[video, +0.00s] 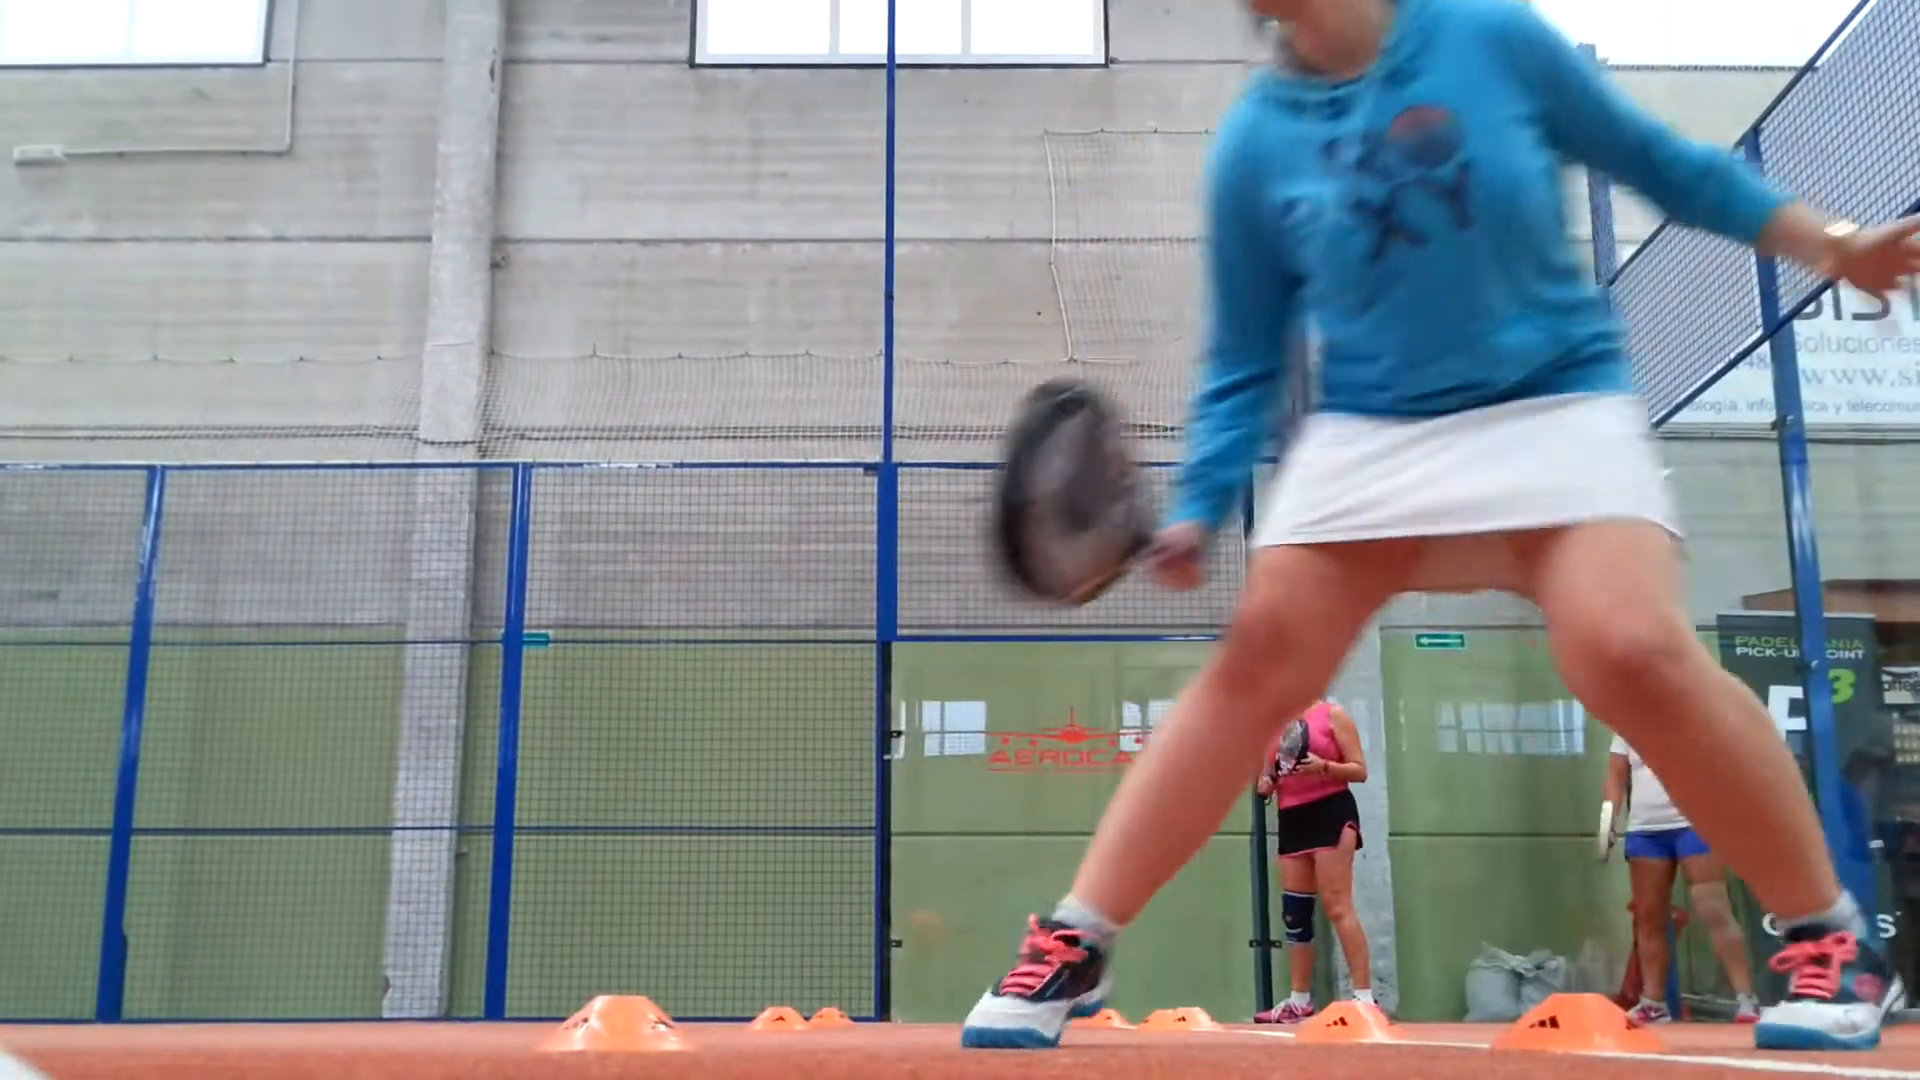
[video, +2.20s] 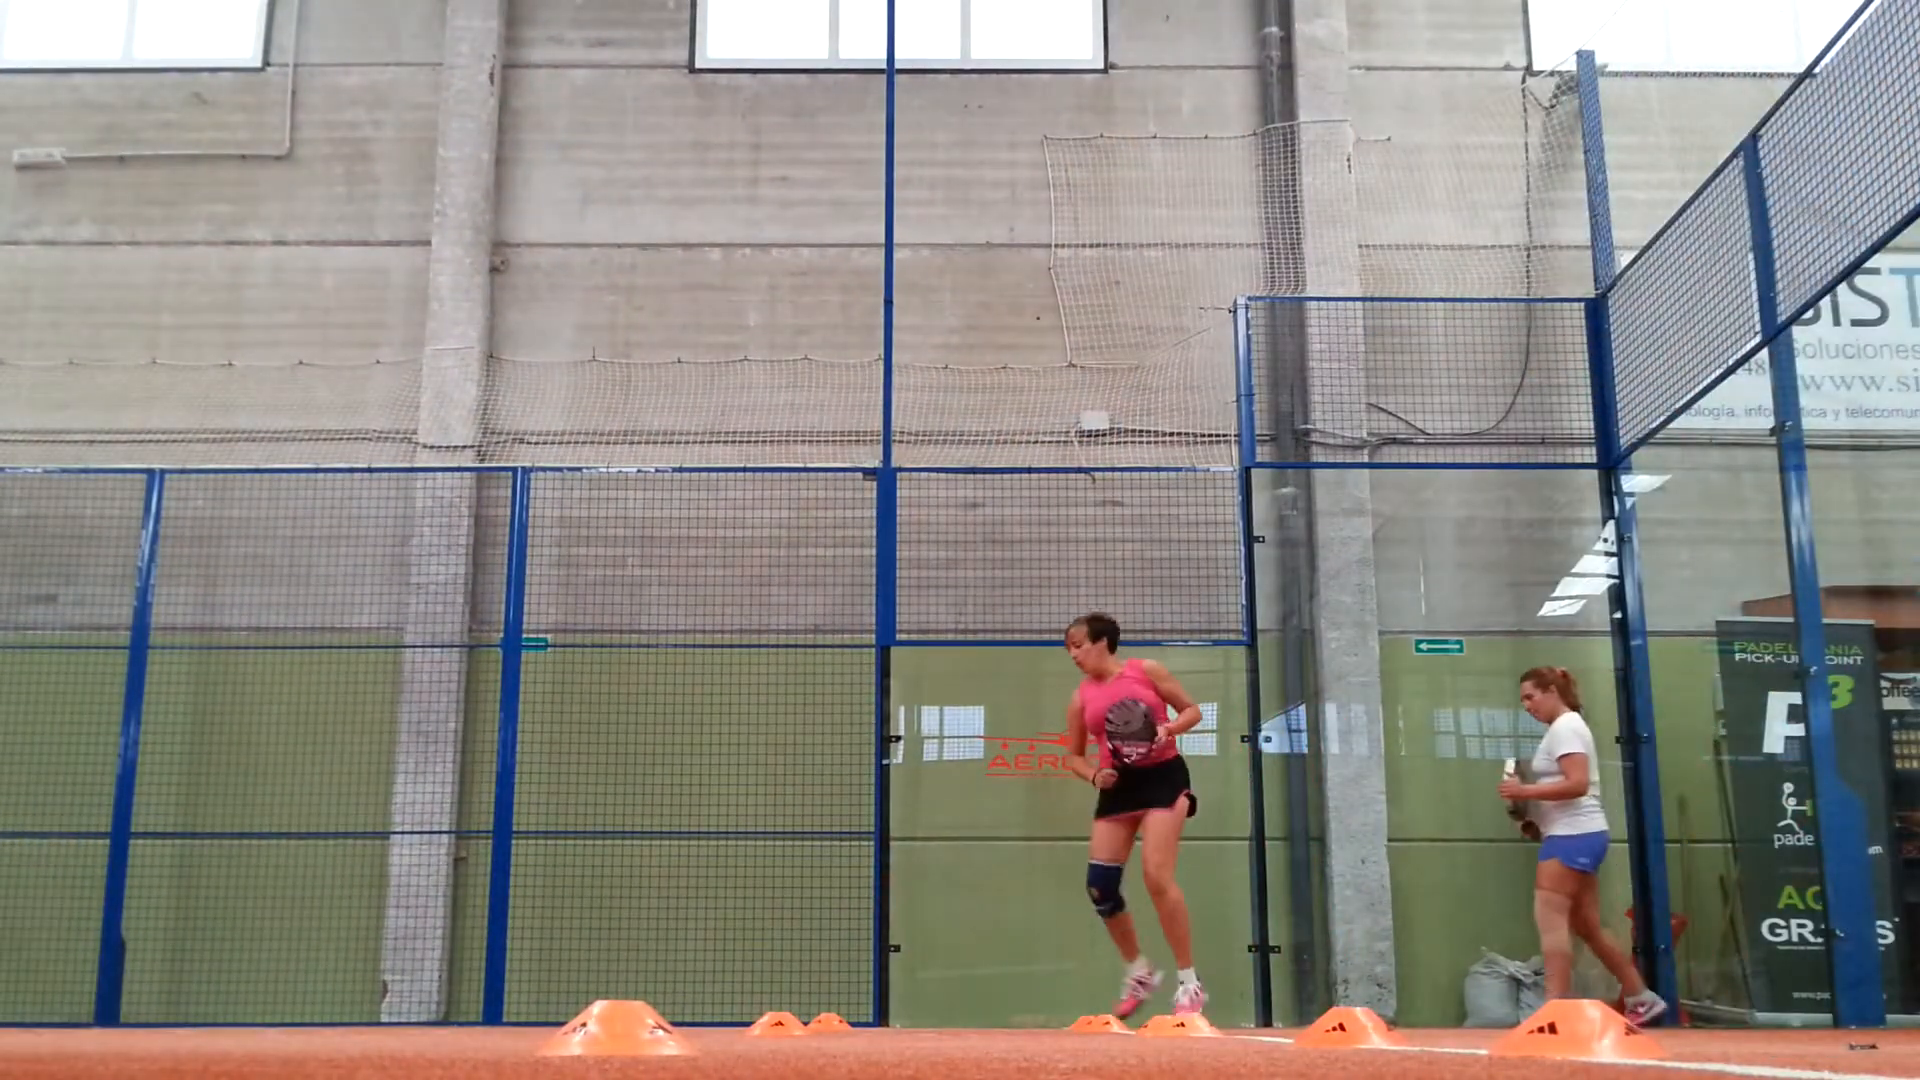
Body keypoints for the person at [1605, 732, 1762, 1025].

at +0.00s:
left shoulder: (1701, 719)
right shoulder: (1632, 717)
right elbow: (1617, 770)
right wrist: (1610, 816)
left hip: (1694, 823)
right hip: (1645, 825)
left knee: (1714, 911)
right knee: (1648, 916)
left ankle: (1745, 999)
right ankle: (1652, 1002)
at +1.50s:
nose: (1610, 696)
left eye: (1616, 689)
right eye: (1607, 692)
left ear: (1640, 690)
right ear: (1609, 700)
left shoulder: (1666, 729)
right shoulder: (1607, 740)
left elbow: (1704, 768)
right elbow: (1600, 791)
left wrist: (1703, 810)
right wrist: (1596, 833)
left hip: (1666, 837)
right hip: (1621, 842)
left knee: (1681, 917)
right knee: (1637, 926)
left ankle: (1735, 998)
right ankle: (1655, 1007)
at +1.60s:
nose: (1599, 701)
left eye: (1603, 693)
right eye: (1595, 696)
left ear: (1627, 690)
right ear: (1599, 702)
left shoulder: (1654, 728)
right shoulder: (1600, 740)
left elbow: (1682, 774)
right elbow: (1593, 789)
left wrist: (1664, 792)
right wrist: (1585, 826)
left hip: (1654, 832)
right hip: (1613, 837)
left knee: (1653, 913)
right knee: (1632, 924)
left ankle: (1709, 991)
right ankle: (1654, 1008)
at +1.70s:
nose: (1589, 703)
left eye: (1593, 695)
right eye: (1585, 698)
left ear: (1615, 690)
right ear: (1590, 702)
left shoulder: (1644, 727)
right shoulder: (1593, 739)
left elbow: (1663, 778)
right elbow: (1594, 791)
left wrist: (1621, 785)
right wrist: (1582, 820)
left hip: (1644, 830)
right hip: (1607, 835)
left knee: (1629, 909)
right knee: (1627, 918)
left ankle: (1670, 999)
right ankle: (1651, 1004)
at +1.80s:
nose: (1578, 707)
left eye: (1582, 698)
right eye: (1574, 702)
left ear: (1604, 691)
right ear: (1580, 704)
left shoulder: (1632, 727)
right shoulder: (1587, 741)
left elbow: (1647, 780)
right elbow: (1590, 791)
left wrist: (1600, 786)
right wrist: (1577, 819)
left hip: (1635, 831)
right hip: (1603, 836)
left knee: (1608, 909)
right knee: (1634, 924)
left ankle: (1624, 1000)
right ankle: (1656, 1007)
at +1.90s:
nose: (1568, 710)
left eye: (1571, 701)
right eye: (1564, 705)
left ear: (1593, 694)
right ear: (1578, 703)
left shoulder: (1619, 727)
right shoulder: (1588, 739)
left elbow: (1634, 781)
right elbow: (1595, 789)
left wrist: (1583, 788)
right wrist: (1574, 817)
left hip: (1623, 834)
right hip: (1601, 836)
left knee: (1593, 908)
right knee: (1629, 927)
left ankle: (1579, 999)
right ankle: (1656, 1008)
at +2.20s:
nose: (1527, 706)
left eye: (1530, 698)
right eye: (1524, 700)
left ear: (1553, 692)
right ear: (1549, 696)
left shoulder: (1567, 726)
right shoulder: (1566, 727)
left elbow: (1577, 783)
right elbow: (1569, 787)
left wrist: (1526, 791)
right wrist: (1535, 813)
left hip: (1571, 836)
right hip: (1583, 834)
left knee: (1551, 924)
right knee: (1588, 927)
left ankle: (1555, 1011)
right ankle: (1640, 997)